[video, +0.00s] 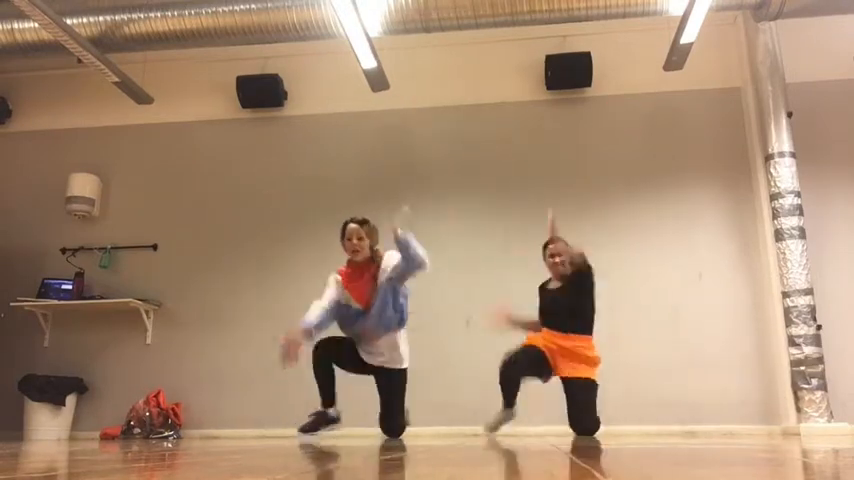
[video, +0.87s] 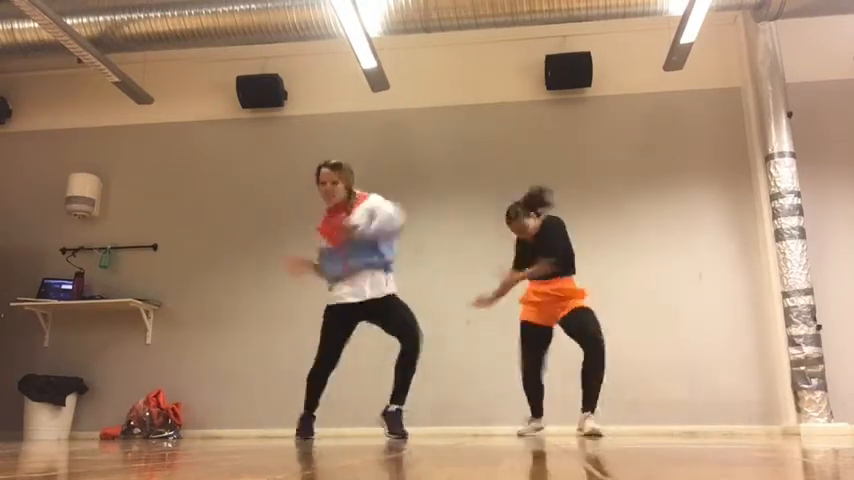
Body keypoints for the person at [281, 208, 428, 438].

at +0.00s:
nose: (354, 244)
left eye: (360, 238)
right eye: (349, 239)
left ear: (372, 241)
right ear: (343, 244)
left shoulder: (389, 266)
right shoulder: (340, 279)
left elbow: (418, 263)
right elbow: (324, 308)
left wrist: (402, 237)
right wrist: (301, 333)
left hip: (391, 357)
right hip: (362, 352)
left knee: (392, 430)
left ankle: (401, 416)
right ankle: (328, 411)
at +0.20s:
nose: (333, 235)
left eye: (339, 229)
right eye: (328, 230)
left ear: (350, 232)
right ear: (322, 235)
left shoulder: (372, 254)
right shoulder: (319, 262)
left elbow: (400, 249)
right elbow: (295, 246)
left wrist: (384, 220)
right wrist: (306, 216)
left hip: (383, 344)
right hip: (355, 344)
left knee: (387, 422)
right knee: (320, 361)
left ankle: (430, 430)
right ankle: (341, 422)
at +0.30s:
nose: (325, 219)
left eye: (330, 213)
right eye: (319, 214)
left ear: (342, 215)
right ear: (313, 220)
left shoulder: (363, 237)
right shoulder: (315, 259)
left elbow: (394, 228)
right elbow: (294, 264)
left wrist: (411, 205)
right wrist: (287, 242)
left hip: (378, 332)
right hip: (347, 332)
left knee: (389, 403)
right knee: (319, 364)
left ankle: (426, 427)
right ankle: (339, 421)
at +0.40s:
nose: (318, 204)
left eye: (323, 198)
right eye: (312, 199)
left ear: (335, 202)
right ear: (307, 207)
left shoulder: (355, 226)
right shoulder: (318, 245)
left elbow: (390, 238)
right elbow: (308, 281)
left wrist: (424, 242)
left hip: (380, 315)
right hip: (350, 319)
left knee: (381, 384)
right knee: (322, 361)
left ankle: (422, 405)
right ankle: (339, 421)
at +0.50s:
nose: (315, 199)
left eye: (322, 193)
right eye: (310, 195)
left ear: (336, 198)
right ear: (307, 202)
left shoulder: (353, 228)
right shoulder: (311, 238)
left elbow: (376, 258)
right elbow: (308, 278)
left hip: (384, 305)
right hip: (355, 312)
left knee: (359, 353)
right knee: (320, 357)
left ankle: (411, 391)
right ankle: (340, 420)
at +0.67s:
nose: (325, 189)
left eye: (331, 183)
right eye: (320, 185)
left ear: (345, 188)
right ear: (316, 193)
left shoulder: (364, 215)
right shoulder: (313, 230)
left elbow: (387, 243)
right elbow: (281, 247)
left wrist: (368, 230)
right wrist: (271, 221)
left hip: (379, 303)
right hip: (346, 312)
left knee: (387, 340)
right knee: (304, 357)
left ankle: (397, 413)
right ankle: (333, 416)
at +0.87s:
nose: (328, 189)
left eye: (334, 183)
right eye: (323, 184)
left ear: (347, 184)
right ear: (318, 189)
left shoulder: (370, 203)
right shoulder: (327, 227)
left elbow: (395, 219)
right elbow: (335, 271)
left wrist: (358, 230)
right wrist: (312, 266)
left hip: (380, 296)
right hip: (344, 301)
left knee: (412, 338)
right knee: (325, 361)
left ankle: (395, 409)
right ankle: (308, 416)